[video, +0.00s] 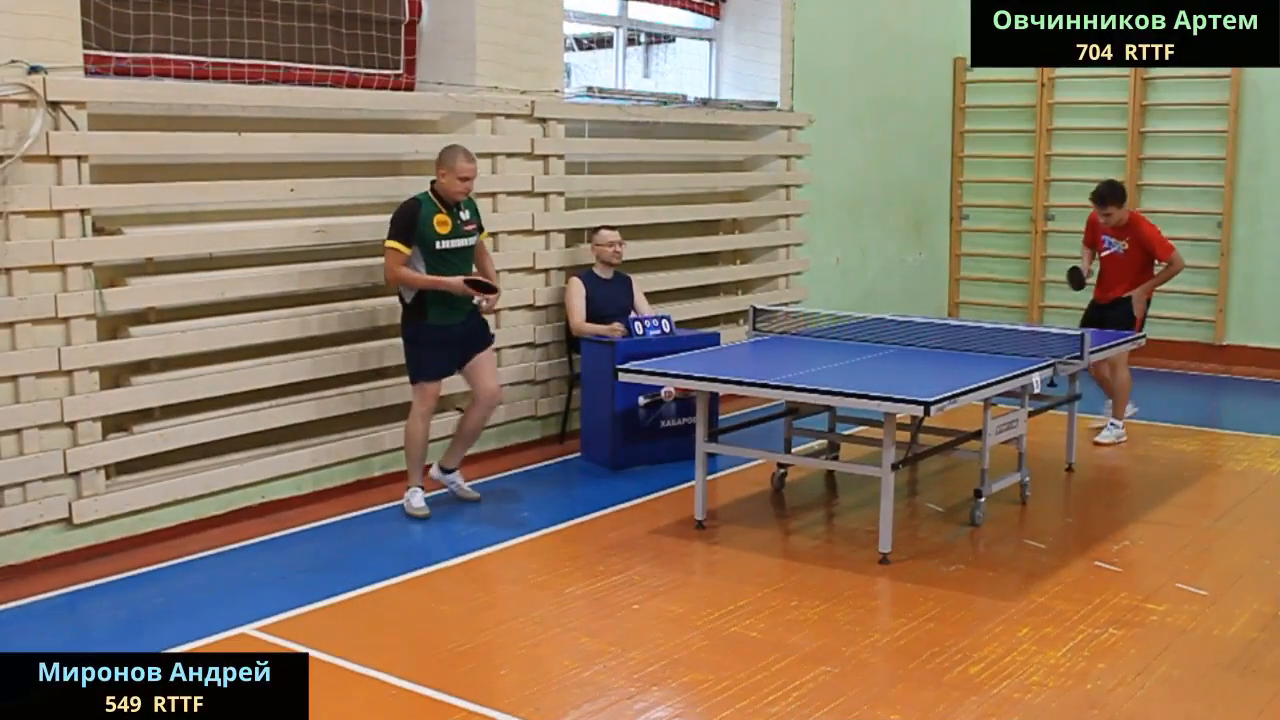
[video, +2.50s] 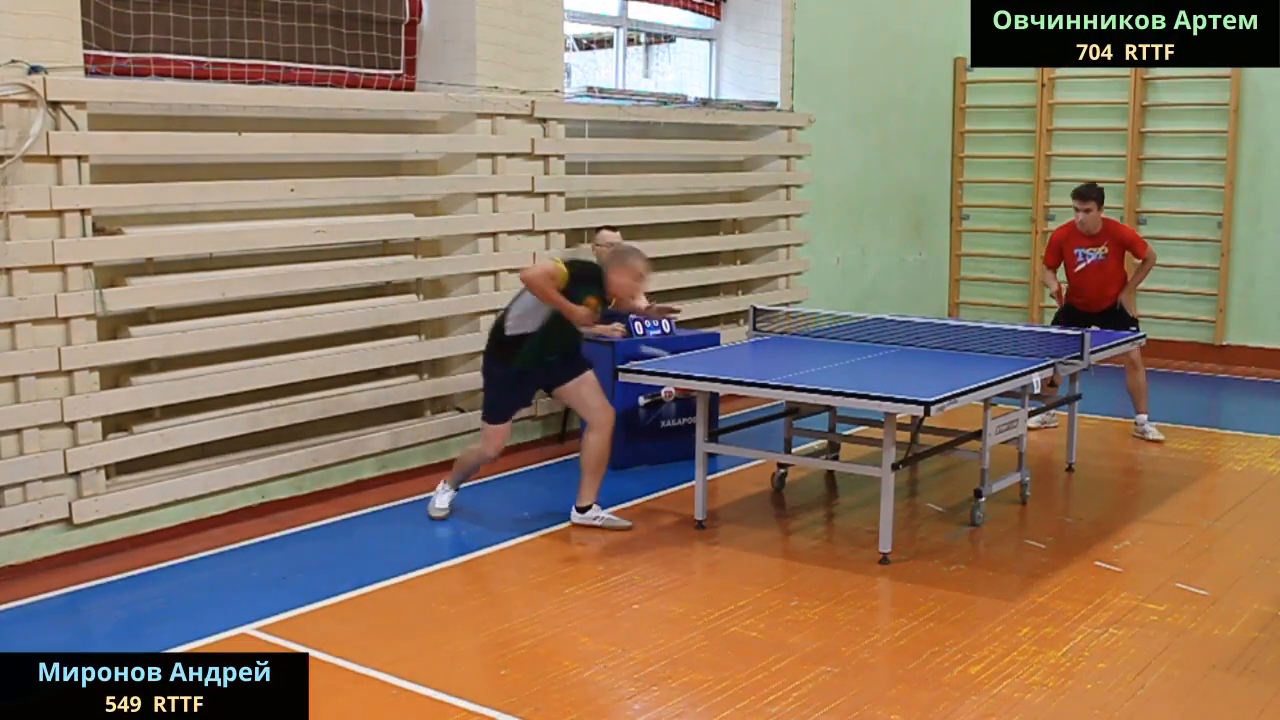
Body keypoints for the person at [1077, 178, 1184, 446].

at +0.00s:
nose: (1102, 219)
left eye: (1107, 215)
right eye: (1099, 214)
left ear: (1123, 208)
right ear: (1095, 208)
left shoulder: (1141, 228)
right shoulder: (1096, 221)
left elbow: (1177, 263)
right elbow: (1088, 247)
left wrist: (1142, 291)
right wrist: (1086, 267)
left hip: (1128, 302)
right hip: (1100, 300)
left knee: (1117, 361)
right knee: (1091, 358)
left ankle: (1117, 423)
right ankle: (1121, 402)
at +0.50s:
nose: (1049, 230)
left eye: (1054, 225)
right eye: (1046, 225)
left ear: (1070, 218)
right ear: (1042, 221)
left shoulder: (1093, 233)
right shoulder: (1041, 239)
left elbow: (1134, 255)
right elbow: (1035, 269)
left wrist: (1112, 287)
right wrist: (1036, 286)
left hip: (1099, 303)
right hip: (1065, 302)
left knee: (1108, 358)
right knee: (1047, 355)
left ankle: (1117, 420)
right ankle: (1048, 411)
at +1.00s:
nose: (1055, 236)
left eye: (1060, 230)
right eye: (1051, 231)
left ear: (1075, 227)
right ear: (1047, 228)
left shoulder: (1099, 242)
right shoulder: (1046, 251)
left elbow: (1144, 262)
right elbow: (1042, 281)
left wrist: (1121, 290)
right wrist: (1042, 296)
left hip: (1108, 306)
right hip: (1072, 307)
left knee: (1127, 358)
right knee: (1052, 357)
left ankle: (1139, 419)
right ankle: (1048, 412)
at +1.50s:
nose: (1073, 248)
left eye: (1079, 243)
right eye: (1069, 242)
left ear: (1094, 239)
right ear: (1065, 238)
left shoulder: (1113, 250)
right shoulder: (1059, 255)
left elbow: (1158, 270)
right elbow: (1051, 287)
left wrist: (1131, 294)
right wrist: (1056, 304)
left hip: (1115, 308)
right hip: (1078, 309)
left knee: (1131, 358)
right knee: (1055, 357)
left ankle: (1139, 419)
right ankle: (1048, 411)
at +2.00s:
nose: (1069, 250)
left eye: (1075, 245)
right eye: (1065, 244)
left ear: (1090, 241)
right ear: (1061, 240)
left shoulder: (1108, 253)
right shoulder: (1053, 257)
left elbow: (1150, 270)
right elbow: (1043, 289)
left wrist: (1122, 295)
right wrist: (1050, 307)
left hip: (1107, 311)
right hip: (1071, 312)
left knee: (1127, 358)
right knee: (1049, 356)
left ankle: (1139, 419)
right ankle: (1048, 411)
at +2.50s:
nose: (1079, 217)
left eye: (1086, 211)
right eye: (1076, 210)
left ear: (1100, 210)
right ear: (1072, 209)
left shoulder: (1118, 233)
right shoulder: (1062, 236)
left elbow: (1150, 257)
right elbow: (1048, 269)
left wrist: (1128, 291)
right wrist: (1053, 285)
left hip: (1112, 309)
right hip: (1074, 310)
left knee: (1134, 358)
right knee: (1050, 359)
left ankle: (1142, 421)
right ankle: (1047, 411)